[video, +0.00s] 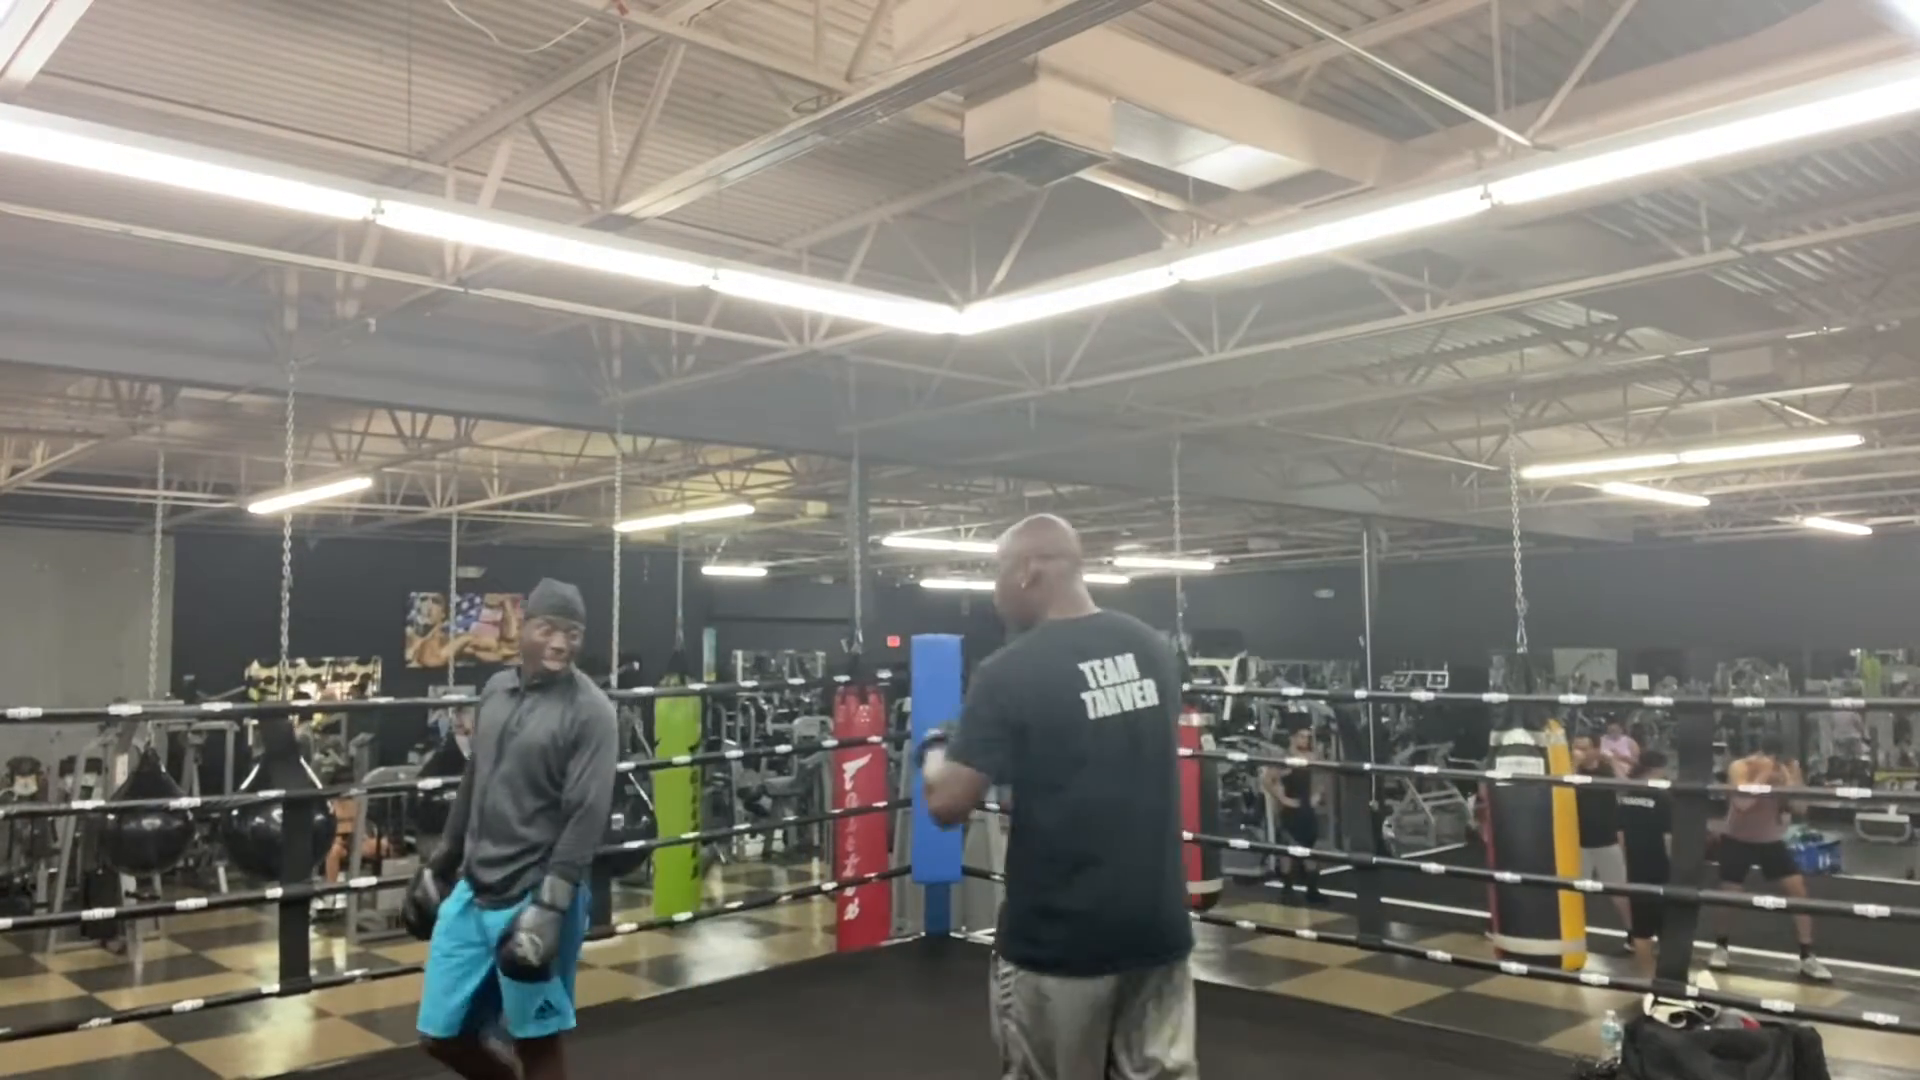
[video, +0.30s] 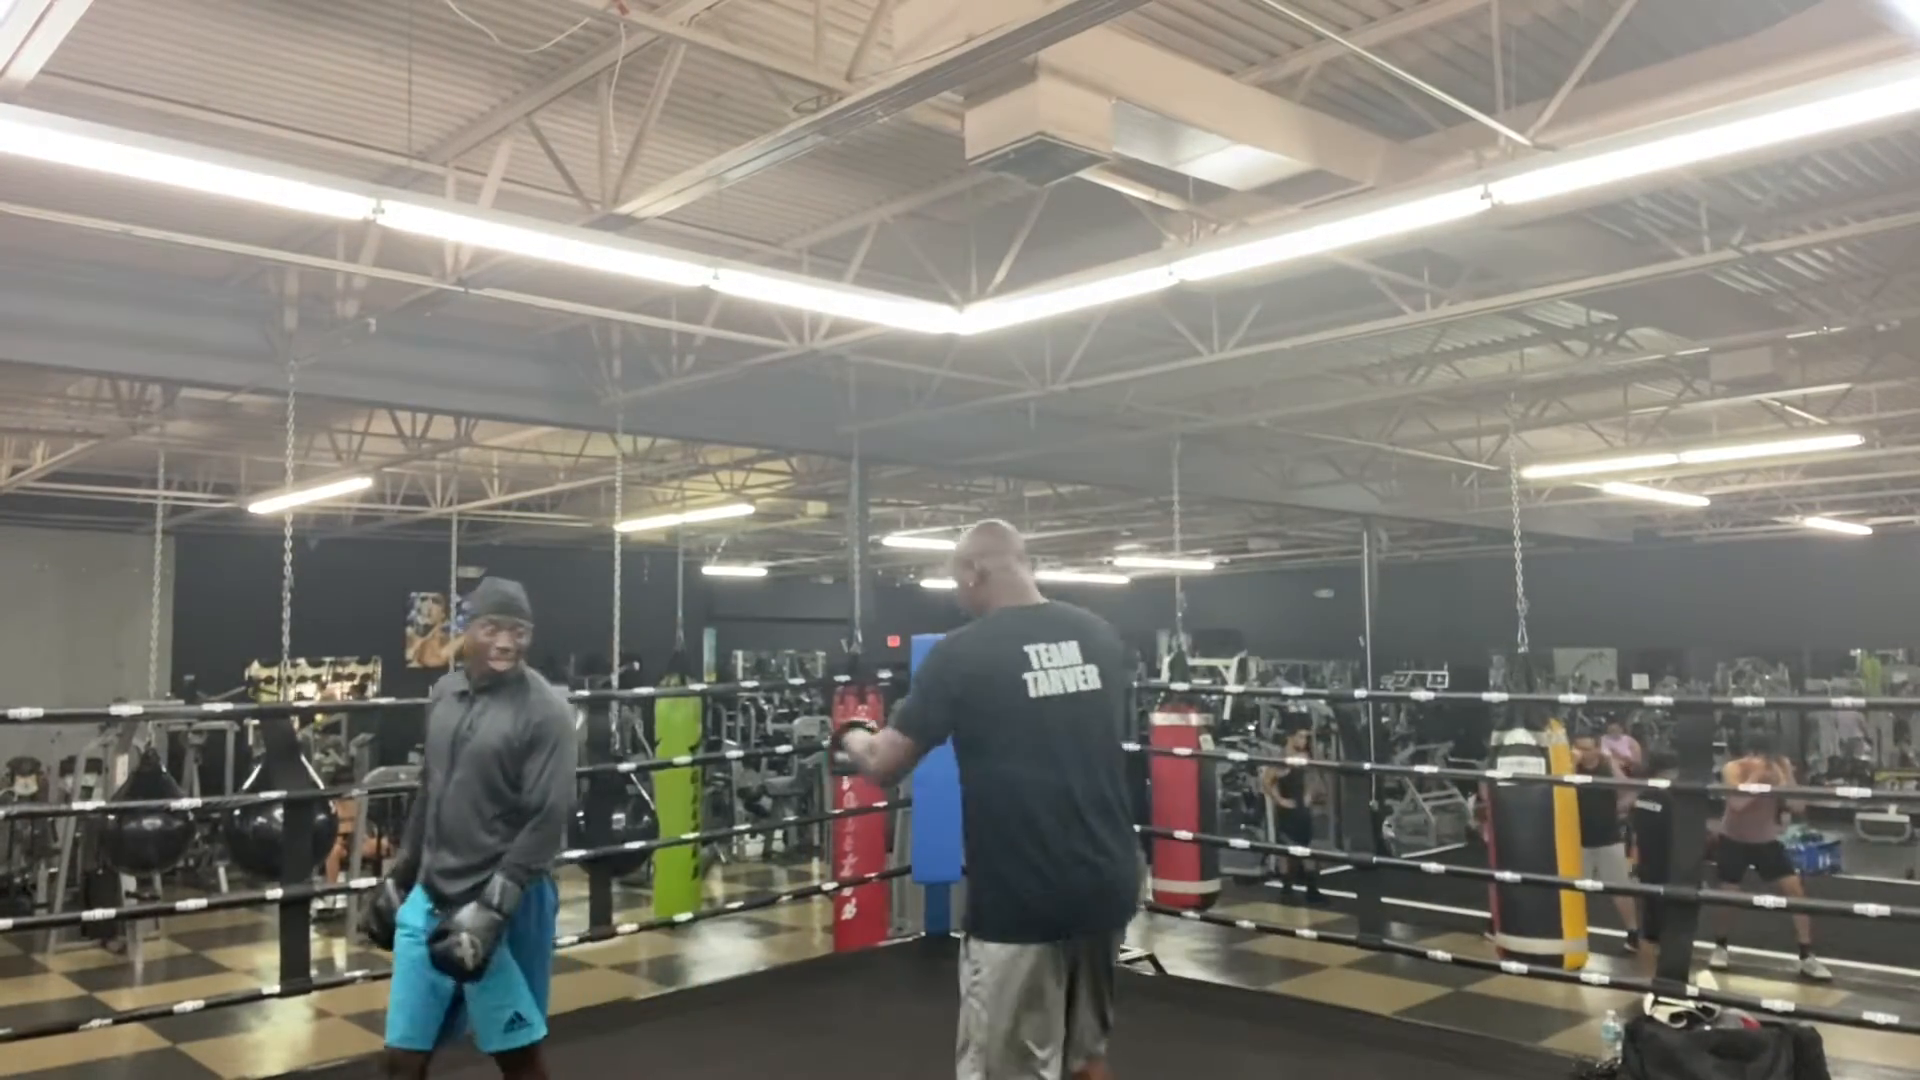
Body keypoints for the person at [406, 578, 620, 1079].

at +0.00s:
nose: (559, 642)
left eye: (570, 633)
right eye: (547, 629)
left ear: (580, 640)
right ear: (521, 630)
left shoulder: (593, 711)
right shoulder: (497, 689)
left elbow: (588, 815)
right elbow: (473, 784)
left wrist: (549, 907)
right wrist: (438, 867)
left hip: (541, 897)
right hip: (473, 892)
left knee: (538, 1043)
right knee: (442, 1036)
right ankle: (514, 1075)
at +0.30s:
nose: (504, 642)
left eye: (517, 631)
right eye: (492, 628)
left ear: (528, 639)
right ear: (466, 632)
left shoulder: (547, 712)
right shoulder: (446, 692)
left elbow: (548, 823)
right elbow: (430, 794)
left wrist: (492, 907)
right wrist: (398, 881)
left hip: (510, 898)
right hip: (430, 896)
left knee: (517, 1055)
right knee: (402, 1058)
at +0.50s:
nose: (435, 645)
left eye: (447, 631)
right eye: (421, 630)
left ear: (463, 638)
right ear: (395, 635)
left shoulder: (490, 716)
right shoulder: (379, 709)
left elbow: (500, 829)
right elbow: (363, 814)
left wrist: (497, 930)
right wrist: (333, 900)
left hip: (445, 926)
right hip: (368, 921)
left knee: (461, 1067)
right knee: (357, 1067)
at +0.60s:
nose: (405, 640)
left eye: (417, 626)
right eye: (391, 626)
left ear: (433, 633)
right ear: (365, 632)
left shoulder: (467, 709)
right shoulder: (346, 709)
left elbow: (494, 815)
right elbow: (328, 814)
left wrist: (496, 918)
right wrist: (296, 909)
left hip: (424, 915)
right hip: (343, 913)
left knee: (417, 1064)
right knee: (334, 1064)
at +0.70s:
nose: (384, 638)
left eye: (395, 624)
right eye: (368, 624)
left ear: (411, 631)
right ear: (340, 632)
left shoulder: (447, 711)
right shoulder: (316, 715)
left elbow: (479, 812)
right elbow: (293, 824)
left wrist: (484, 916)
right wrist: (264, 921)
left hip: (400, 925)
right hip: (320, 921)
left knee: (372, 1067)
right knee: (306, 1067)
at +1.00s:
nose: (321, 636)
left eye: (335, 623)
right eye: (305, 622)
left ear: (352, 630)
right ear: (280, 630)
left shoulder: (391, 712)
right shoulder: (255, 714)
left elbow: (413, 830)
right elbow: (227, 827)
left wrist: (413, 933)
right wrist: (182, 915)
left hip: (346, 928)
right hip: (270, 929)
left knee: (291, 1068)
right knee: (262, 1068)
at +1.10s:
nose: (285, 641)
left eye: (302, 627)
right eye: (272, 626)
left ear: (332, 633)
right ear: (256, 635)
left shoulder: (372, 721)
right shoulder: (238, 715)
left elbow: (390, 843)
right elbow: (208, 830)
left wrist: (396, 946)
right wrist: (161, 920)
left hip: (322, 939)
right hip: (247, 938)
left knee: (266, 1070)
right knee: (251, 1069)